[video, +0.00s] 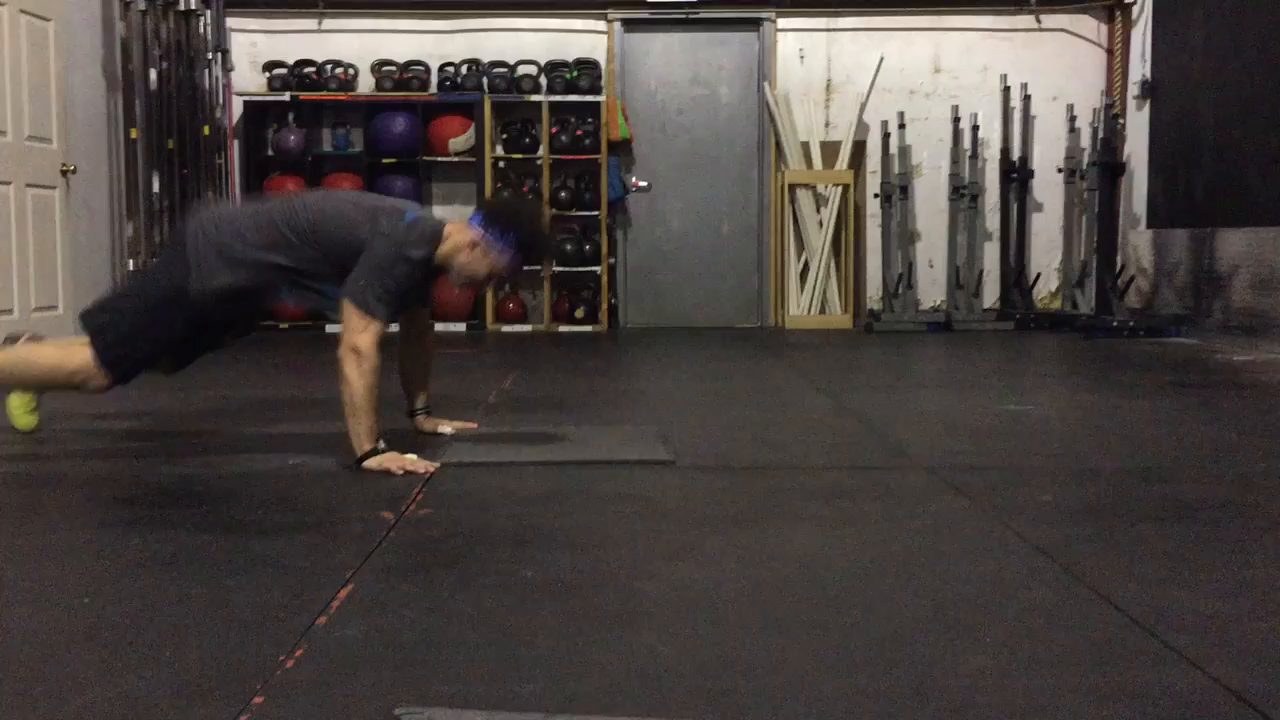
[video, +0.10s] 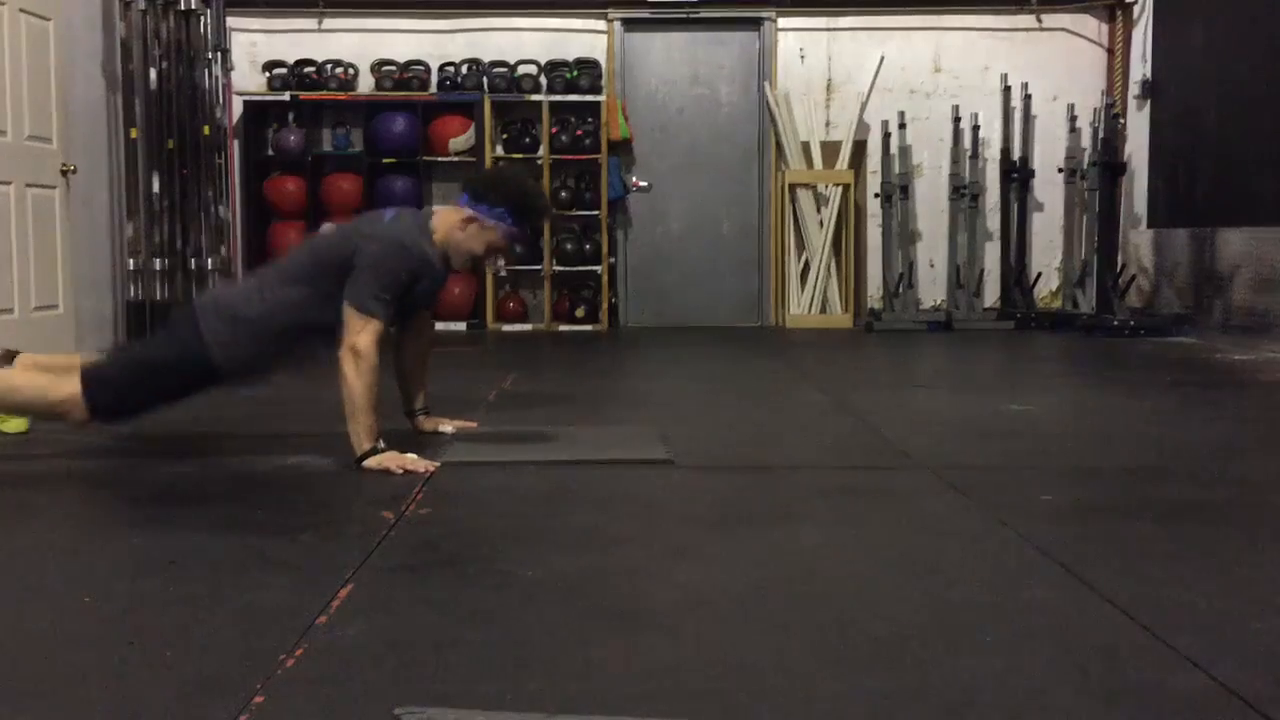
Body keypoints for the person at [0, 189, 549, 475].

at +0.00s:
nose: (481, 281)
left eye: (491, 275)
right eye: (488, 270)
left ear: (478, 239)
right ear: (474, 236)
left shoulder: (430, 246)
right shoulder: (399, 241)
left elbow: (415, 331)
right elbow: (356, 345)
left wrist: (420, 410)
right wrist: (367, 450)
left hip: (243, 282)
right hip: (210, 260)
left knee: (119, 358)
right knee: (99, 365)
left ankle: (24, 371)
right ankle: (7, 362)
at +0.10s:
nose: (493, 256)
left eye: (501, 248)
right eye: (495, 243)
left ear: (476, 220)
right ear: (469, 215)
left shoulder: (430, 256)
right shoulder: (394, 246)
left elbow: (415, 333)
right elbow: (356, 346)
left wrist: (417, 409)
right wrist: (369, 449)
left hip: (232, 332)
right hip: (216, 334)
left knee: (97, 376)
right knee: (76, 399)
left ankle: (11, 368)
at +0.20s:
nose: (487, 274)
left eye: (494, 264)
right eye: (487, 260)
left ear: (464, 242)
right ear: (456, 238)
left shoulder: (420, 281)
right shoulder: (385, 271)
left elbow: (394, 353)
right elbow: (333, 357)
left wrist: (415, 416)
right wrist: (366, 451)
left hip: (237, 373)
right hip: (218, 383)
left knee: (116, 392)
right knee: (66, 423)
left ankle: (18, 366)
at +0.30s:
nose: (493, 319)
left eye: (498, 308)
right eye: (492, 305)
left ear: (462, 287)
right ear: (459, 286)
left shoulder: (423, 317)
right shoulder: (399, 311)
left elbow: (381, 369)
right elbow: (323, 368)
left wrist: (416, 418)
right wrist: (365, 452)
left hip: (235, 392)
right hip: (217, 404)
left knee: (118, 406)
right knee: (52, 427)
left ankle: (16, 363)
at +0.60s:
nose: (518, 414)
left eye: (526, 404)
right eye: (523, 401)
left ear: (498, 369)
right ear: (500, 377)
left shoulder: (451, 363)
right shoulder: (443, 377)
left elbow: (374, 341)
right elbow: (343, 356)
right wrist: (367, 446)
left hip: (248, 386)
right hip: (237, 405)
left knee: (118, 403)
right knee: (65, 425)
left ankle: (13, 353)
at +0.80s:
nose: (514, 312)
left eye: (519, 301)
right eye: (512, 297)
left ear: (482, 281)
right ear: (476, 278)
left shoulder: (439, 305)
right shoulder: (420, 304)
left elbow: (387, 355)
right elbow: (339, 354)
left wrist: (419, 408)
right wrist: (366, 448)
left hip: (250, 379)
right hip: (236, 390)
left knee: (129, 401)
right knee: (77, 424)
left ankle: (21, 360)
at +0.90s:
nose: (509, 279)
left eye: (517, 269)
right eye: (512, 265)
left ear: (484, 240)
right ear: (484, 241)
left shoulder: (432, 262)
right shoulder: (416, 266)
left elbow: (410, 340)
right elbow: (353, 343)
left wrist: (421, 413)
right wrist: (366, 444)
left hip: (243, 335)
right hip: (237, 350)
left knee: (137, 376)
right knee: (96, 410)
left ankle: (16, 360)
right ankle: (1, 383)